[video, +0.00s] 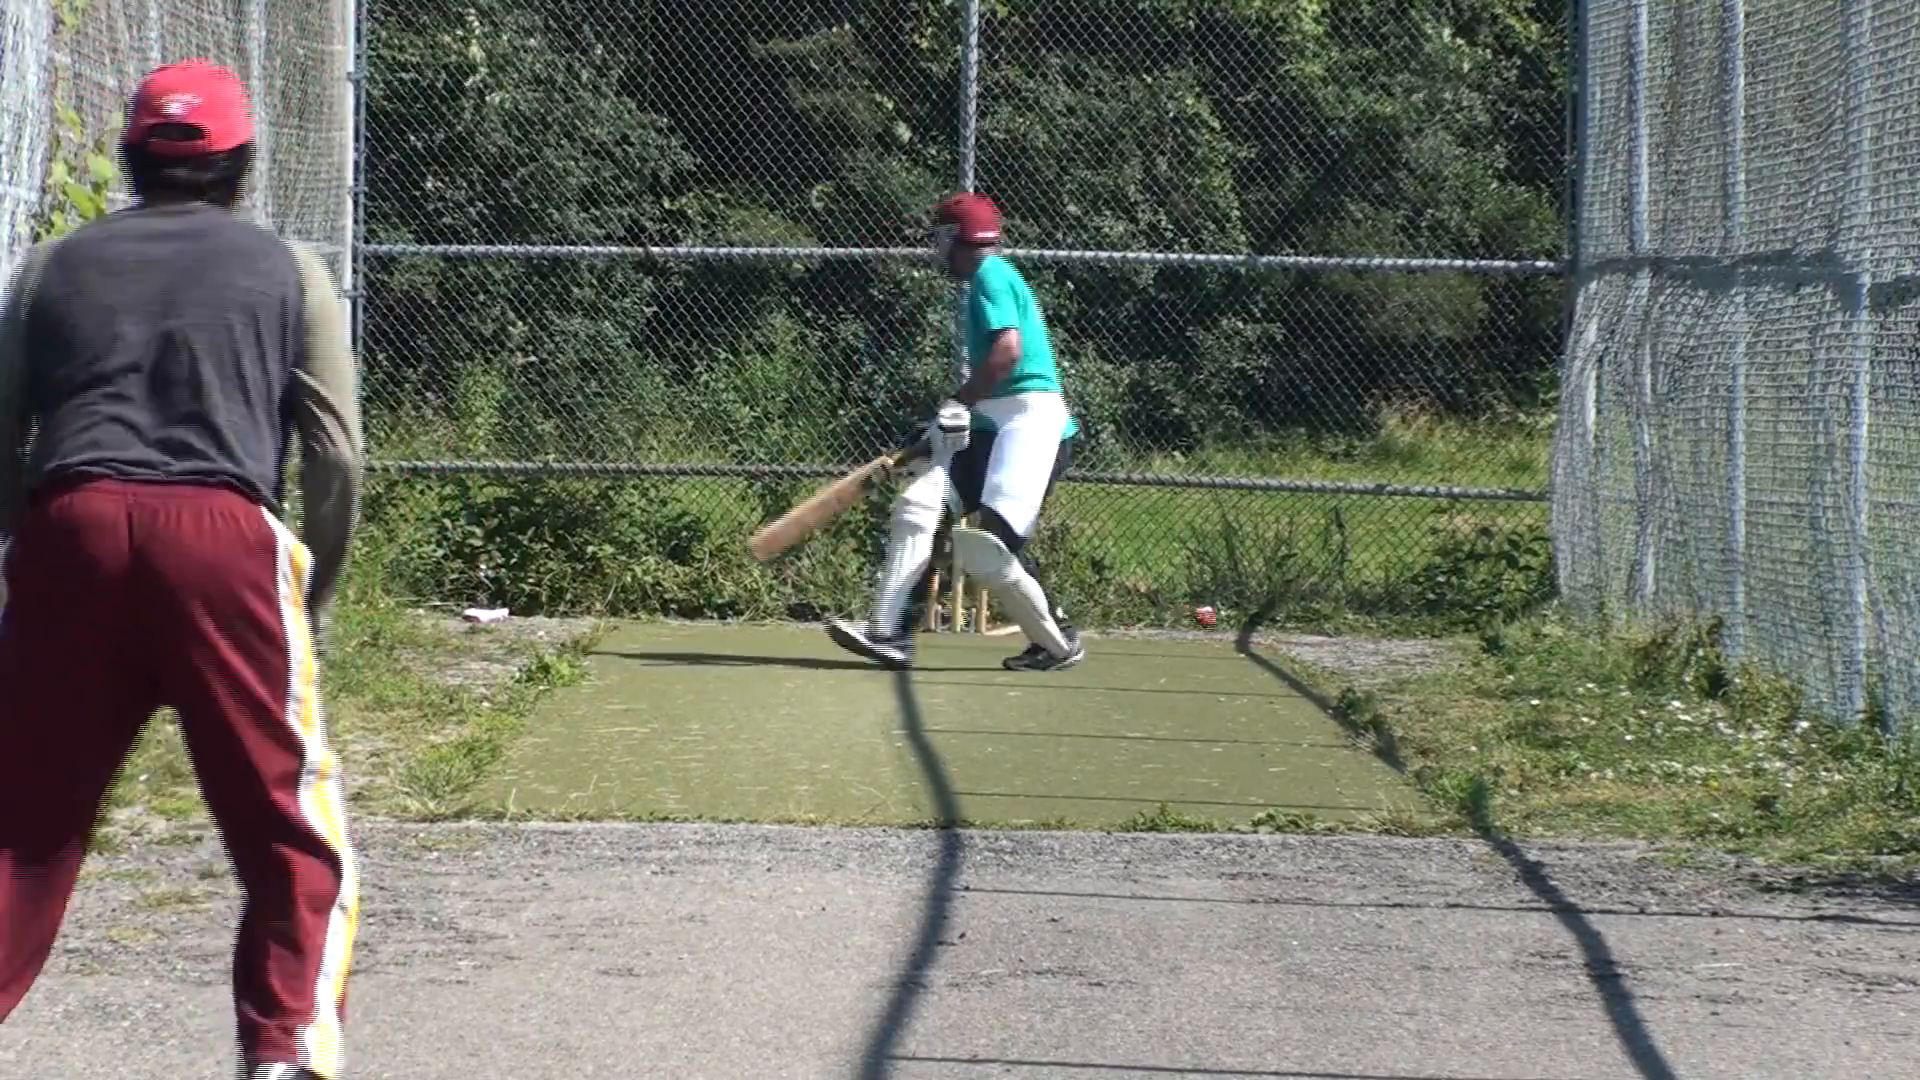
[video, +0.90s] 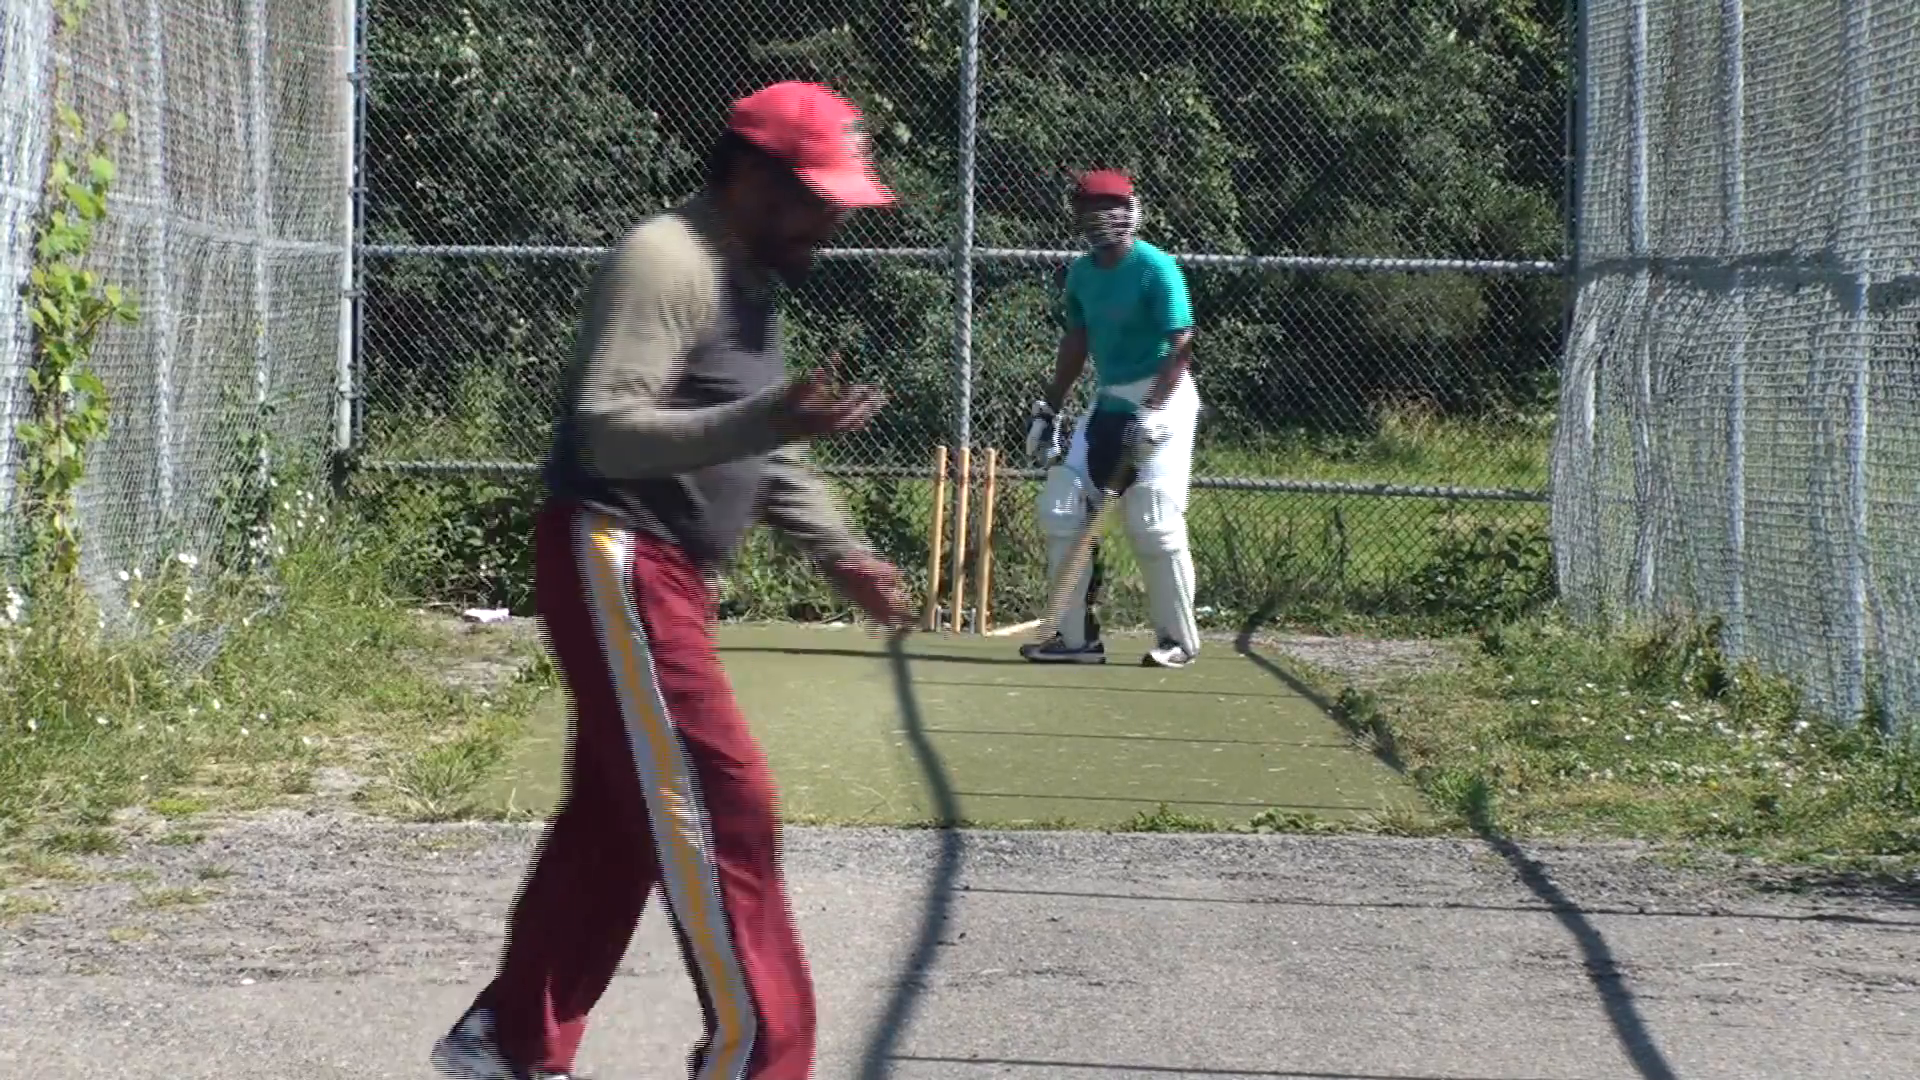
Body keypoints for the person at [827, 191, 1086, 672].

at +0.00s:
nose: (936, 247)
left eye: (942, 237)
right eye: (936, 237)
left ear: (964, 238)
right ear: (977, 239)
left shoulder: (992, 276)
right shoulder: (980, 286)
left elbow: (1007, 350)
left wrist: (962, 402)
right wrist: (944, 431)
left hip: (1028, 417)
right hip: (987, 419)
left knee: (984, 543)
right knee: (915, 509)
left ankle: (1056, 642)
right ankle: (890, 630)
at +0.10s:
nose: (966, 238)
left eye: (970, 228)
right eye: (967, 228)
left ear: (986, 228)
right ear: (1013, 230)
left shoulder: (1000, 265)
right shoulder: (1035, 272)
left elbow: (1007, 336)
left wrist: (969, 392)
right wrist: (985, 402)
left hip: (1036, 415)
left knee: (988, 528)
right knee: (931, 490)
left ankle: (1055, 644)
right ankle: (940, 632)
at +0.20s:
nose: (980, 226)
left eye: (984, 216)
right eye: (981, 216)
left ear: (999, 217)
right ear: (1033, 221)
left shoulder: (1010, 257)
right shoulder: (1056, 267)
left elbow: (1010, 328)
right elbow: (1063, 342)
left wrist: (973, 391)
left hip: (1044, 412)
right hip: (1074, 411)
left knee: (1004, 525)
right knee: (1003, 514)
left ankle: (1055, 641)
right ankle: (1007, 622)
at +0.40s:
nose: (996, 234)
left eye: (1004, 223)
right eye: (996, 223)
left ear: (1029, 226)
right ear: (1042, 229)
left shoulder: (1036, 269)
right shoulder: (1064, 270)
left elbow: (1050, 343)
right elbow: (1089, 350)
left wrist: (1017, 391)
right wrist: (1031, 398)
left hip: (1072, 409)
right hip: (1094, 407)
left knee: (1007, 518)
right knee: (1039, 517)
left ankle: (1055, 643)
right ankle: (1077, 628)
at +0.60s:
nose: (1046, 218)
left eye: (1054, 207)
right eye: (1033, 213)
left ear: (1073, 208)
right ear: (1021, 223)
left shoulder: (1088, 260)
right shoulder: (1048, 273)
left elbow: (1114, 337)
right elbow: (1070, 349)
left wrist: (1074, 399)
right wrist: (1060, 419)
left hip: (1115, 394)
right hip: (1082, 397)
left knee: (1070, 505)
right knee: (1039, 517)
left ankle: (1077, 635)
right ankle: (1066, 626)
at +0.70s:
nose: (1064, 217)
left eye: (1074, 207)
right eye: (1051, 211)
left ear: (1092, 208)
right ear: (1038, 219)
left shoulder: (1113, 259)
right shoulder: (1053, 272)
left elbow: (1137, 333)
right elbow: (1073, 341)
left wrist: (1099, 391)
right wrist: (1073, 410)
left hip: (1132, 392)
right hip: (1084, 394)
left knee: (1098, 504)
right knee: (1053, 519)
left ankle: (1122, 639)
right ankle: (1068, 636)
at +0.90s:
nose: (1110, 219)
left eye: (1119, 209)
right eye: (1098, 211)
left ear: (1133, 214)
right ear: (1081, 220)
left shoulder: (1156, 268)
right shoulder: (1080, 272)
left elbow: (1180, 351)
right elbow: (1075, 341)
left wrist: (1150, 414)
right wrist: (1050, 411)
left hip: (1164, 398)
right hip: (1109, 401)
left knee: (1153, 520)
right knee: (1059, 509)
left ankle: (1177, 640)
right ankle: (1076, 636)